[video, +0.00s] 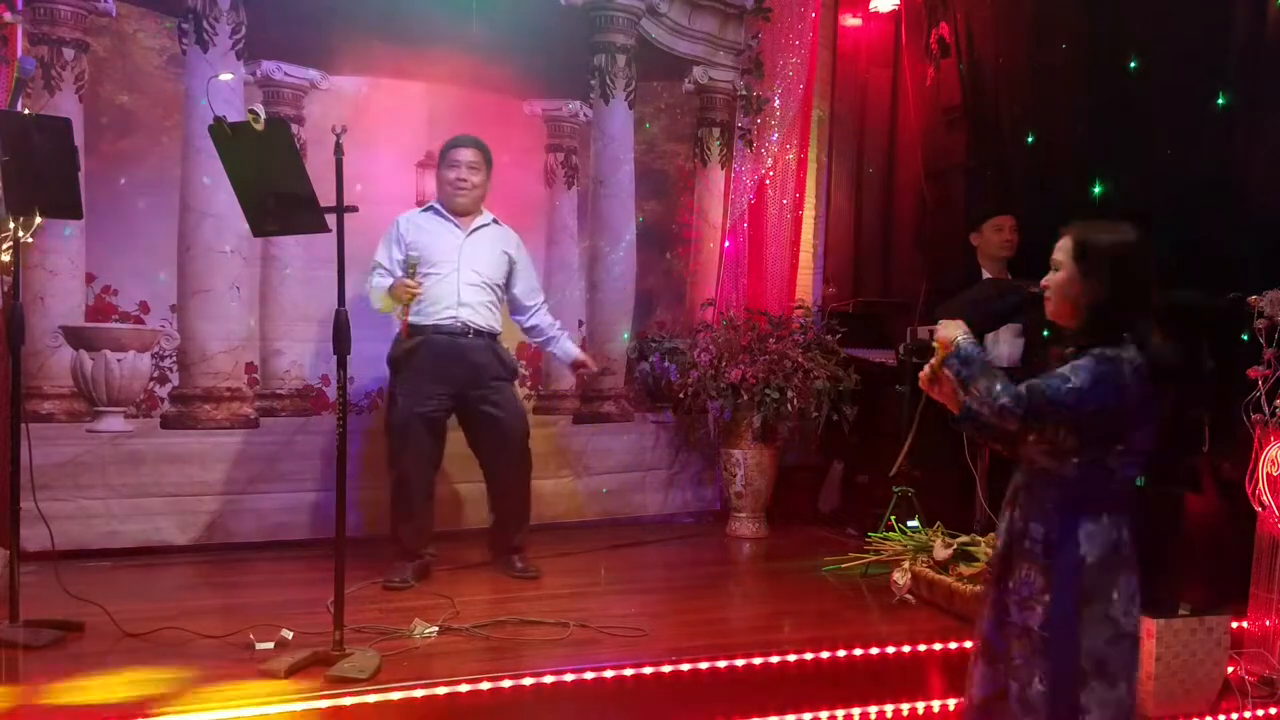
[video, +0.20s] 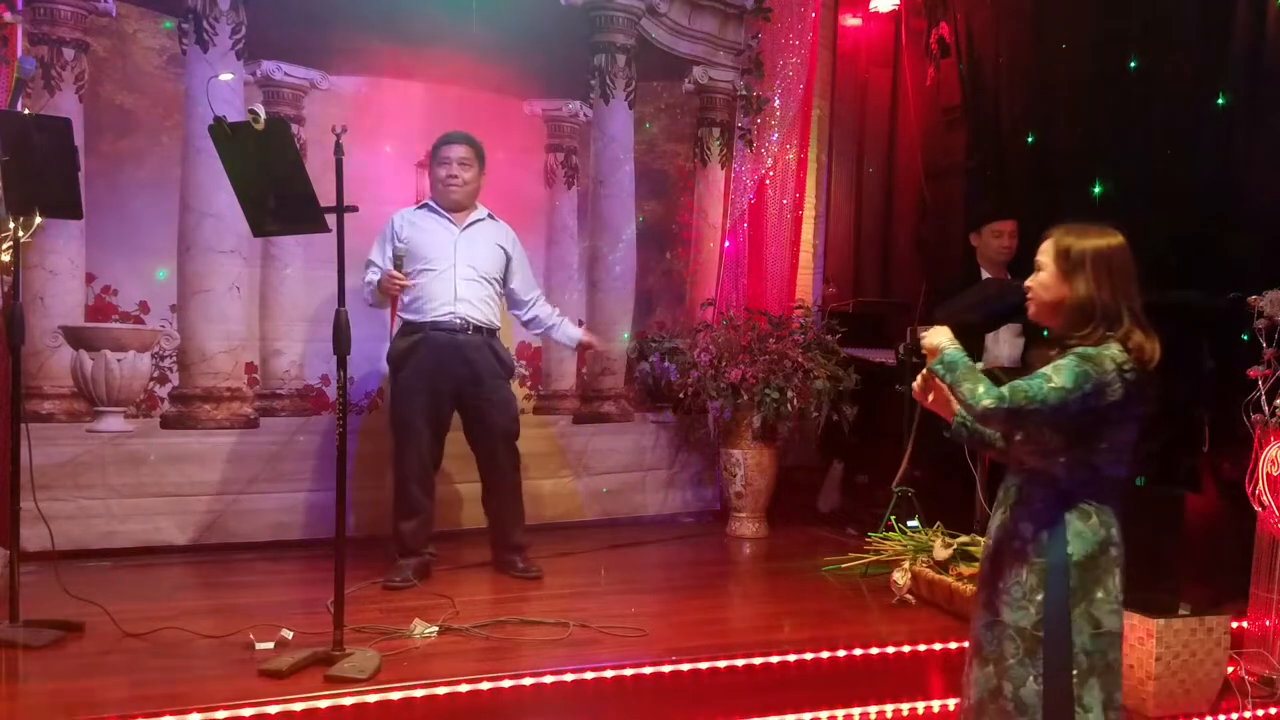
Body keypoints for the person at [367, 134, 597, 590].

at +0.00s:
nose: (462, 175)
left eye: (473, 168)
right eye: (453, 166)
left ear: (488, 179)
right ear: (438, 175)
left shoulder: (505, 239)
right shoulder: (410, 225)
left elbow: (532, 310)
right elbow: (378, 285)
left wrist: (571, 353)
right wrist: (393, 290)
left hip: (485, 353)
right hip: (424, 350)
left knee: (511, 442)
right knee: (411, 451)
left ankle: (509, 549)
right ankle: (412, 556)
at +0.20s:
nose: (453, 172)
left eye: (464, 164)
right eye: (444, 163)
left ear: (481, 175)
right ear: (430, 172)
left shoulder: (501, 234)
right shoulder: (404, 223)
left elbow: (530, 304)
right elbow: (371, 286)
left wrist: (576, 335)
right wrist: (382, 286)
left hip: (481, 350)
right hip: (420, 349)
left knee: (501, 451)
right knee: (414, 456)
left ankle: (510, 552)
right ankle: (412, 556)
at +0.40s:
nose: (452, 171)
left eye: (463, 164)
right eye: (443, 164)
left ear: (481, 175)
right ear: (431, 173)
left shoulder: (505, 234)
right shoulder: (406, 225)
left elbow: (538, 292)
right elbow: (373, 289)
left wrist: (589, 294)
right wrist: (383, 285)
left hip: (484, 351)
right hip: (423, 350)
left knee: (498, 457)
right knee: (416, 459)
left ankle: (509, 552)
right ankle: (412, 557)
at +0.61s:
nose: (455, 171)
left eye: (466, 163)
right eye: (445, 163)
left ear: (485, 174)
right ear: (434, 174)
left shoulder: (509, 232)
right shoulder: (410, 225)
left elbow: (540, 286)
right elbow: (379, 288)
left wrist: (581, 276)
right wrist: (387, 287)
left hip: (487, 351)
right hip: (426, 349)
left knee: (502, 455)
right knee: (419, 458)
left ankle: (511, 552)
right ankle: (412, 557)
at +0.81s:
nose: (460, 171)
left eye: (471, 163)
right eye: (451, 163)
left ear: (490, 174)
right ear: (439, 174)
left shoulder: (513, 231)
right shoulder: (416, 225)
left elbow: (542, 290)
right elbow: (388, 288)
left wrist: (580, 288)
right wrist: (393, 289)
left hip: (496, 352)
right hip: (435, 350)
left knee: (509, 454)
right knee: (424, 456)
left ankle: (512, 552)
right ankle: (413, 557)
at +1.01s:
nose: (470, 172)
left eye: (481, 164)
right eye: (462, 163)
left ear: (499, 174)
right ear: (450, 173)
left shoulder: (522, 231)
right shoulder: (426, 226)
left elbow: (543, 292)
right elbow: (399, 289)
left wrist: (574, 308)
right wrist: (404, 292)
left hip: (511, 353)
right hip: (449, 353)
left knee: (516, 457)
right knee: (433, 455)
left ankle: (512, 551)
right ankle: (413, 557)